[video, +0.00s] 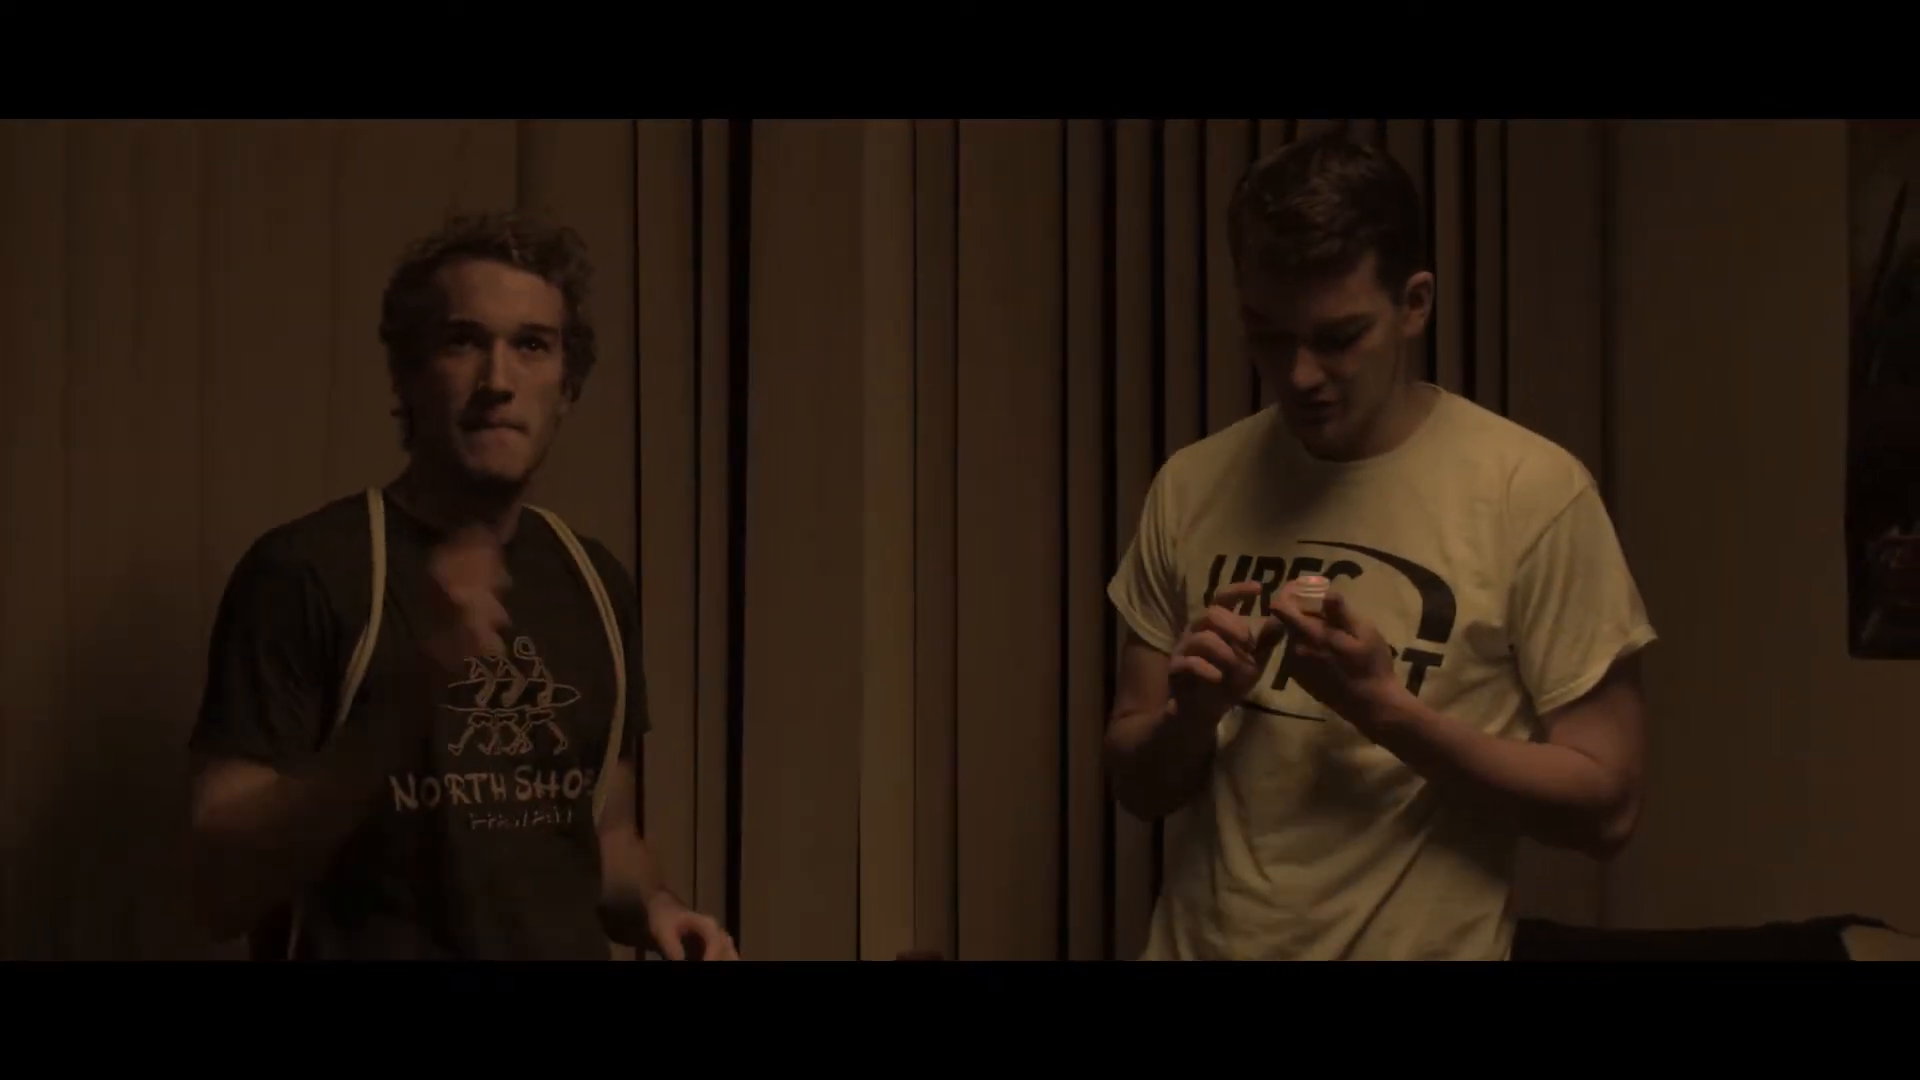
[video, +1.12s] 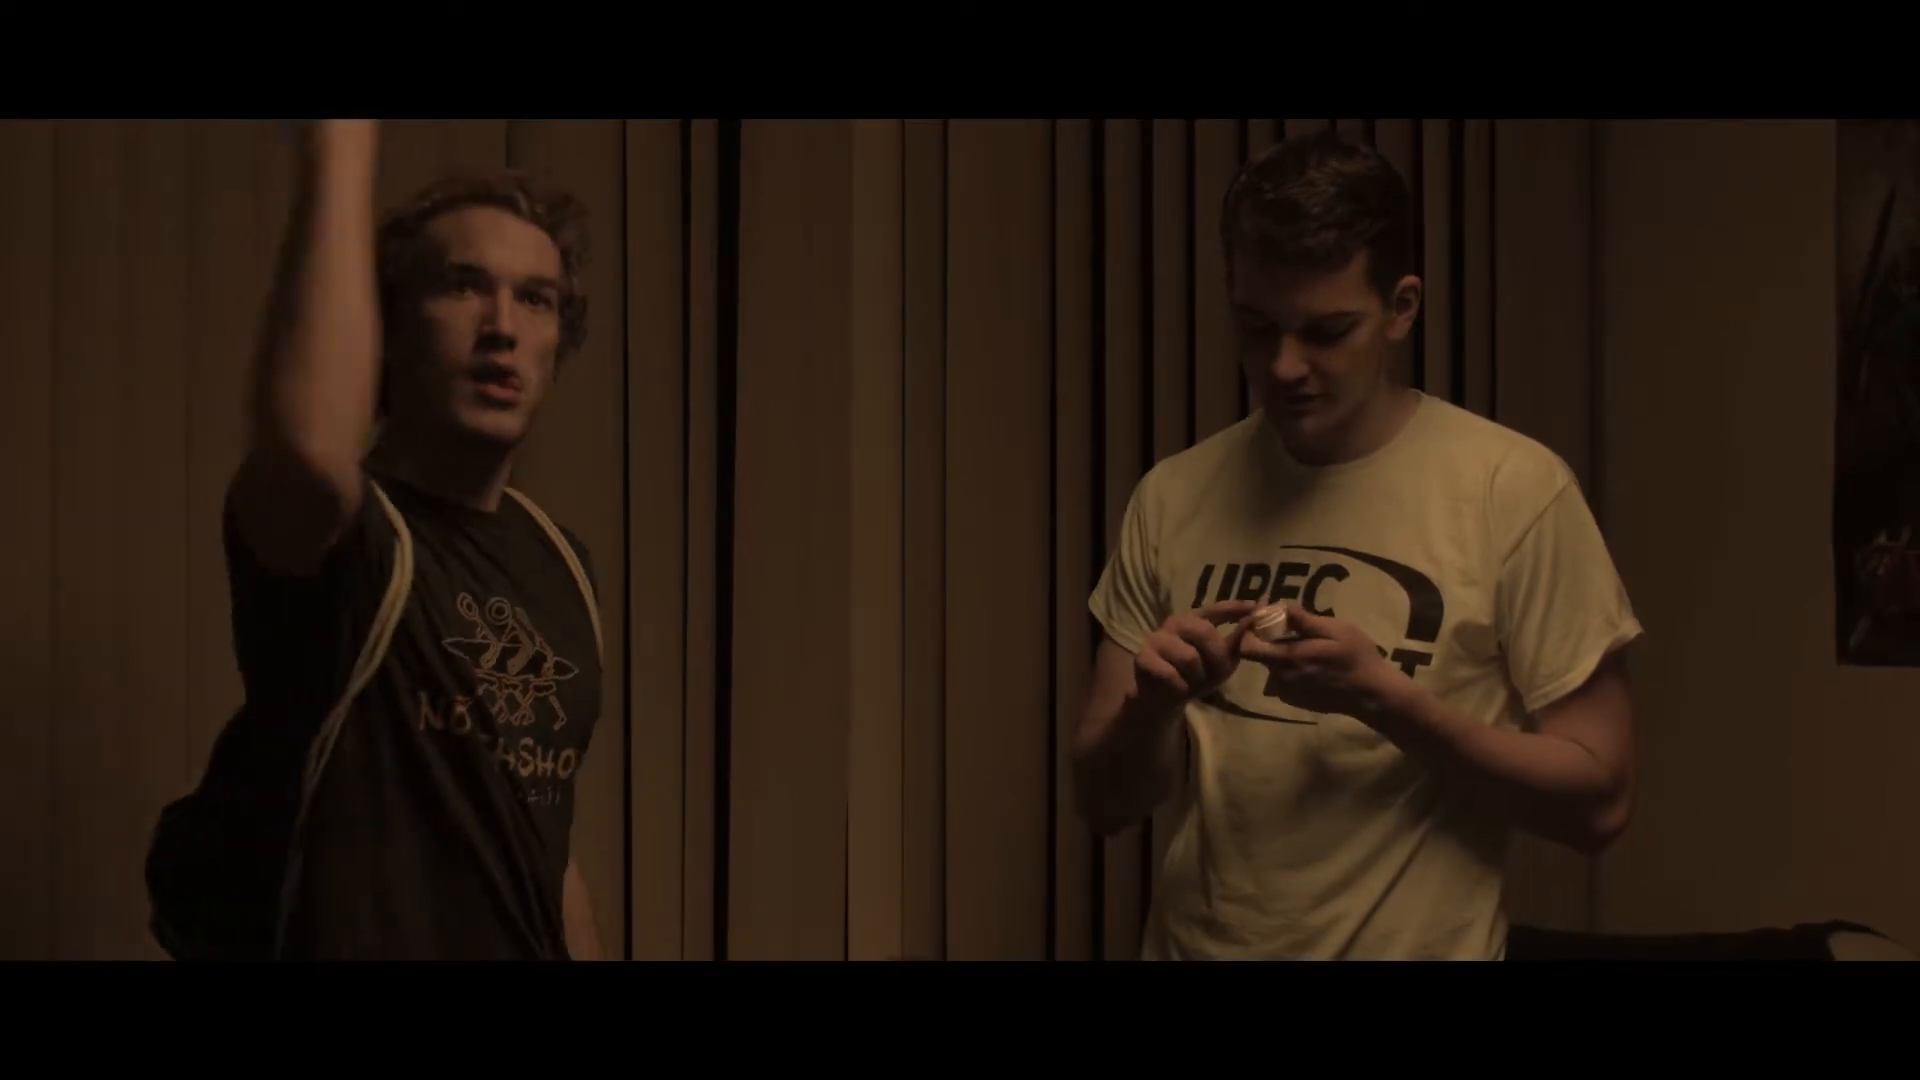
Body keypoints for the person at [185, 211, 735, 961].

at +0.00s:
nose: (498, 381)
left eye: (532, 347)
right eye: (463, 344)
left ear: (565, 385)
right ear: (404, 379)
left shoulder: (595, 586)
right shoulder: (300, 578)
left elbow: (605, 830)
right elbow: (218, 871)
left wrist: (651, 905)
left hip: (556, 946)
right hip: (365, 945)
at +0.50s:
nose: (453, 380)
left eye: (488, 349)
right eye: (421, 348)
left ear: (532, 396)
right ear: (375, 392)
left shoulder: (593, 594)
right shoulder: (275, 571)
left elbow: (669, 838)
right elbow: (192, 815)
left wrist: (709, 919)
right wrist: (309, 653)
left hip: (544, 948)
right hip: (338, 946)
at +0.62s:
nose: (453, 383)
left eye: (488, 351)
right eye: (419, 349)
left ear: (536, 393)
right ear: (373, 387)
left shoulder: (600, 596)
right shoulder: (291, 563)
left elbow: (684, 854)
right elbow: (136, 722)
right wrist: (294, 536)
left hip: (540, 948)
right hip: (332, 948)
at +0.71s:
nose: (456, 383)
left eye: (492, 351)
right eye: (424, 350)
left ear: (538, 391)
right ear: (372, 379)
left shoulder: (603, 596)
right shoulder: (295, 554)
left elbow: (679, 863)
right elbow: (107, 625)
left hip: (535, 951)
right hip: (324, 949)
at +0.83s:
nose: (468, 373)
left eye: (505, 339)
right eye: (434, 336)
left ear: (551, 382)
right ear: (385, 371)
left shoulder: (600, 593)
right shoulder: (297, 537)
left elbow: (645, 862)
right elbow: (77, 503)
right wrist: (267, 256)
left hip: (526, 945)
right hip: (319, 942)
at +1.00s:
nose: (502, 363)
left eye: (535, 330)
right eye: (465, 320)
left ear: (561, 367)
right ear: (389, 352)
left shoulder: (585, 580)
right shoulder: (310, 543)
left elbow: (583, 852)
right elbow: (185, 408)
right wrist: (296, 234)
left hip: (522, 943)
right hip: (330, 935)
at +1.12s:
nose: (504, 325)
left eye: (535, 297)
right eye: (464, 285)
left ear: (560, 340)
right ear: (389, 322)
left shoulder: (553, 556)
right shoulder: (327, 531)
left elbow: (542, 838)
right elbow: (310, 452)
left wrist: (580, 948)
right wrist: (342, 128)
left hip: (506, 941)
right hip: (319, 929)